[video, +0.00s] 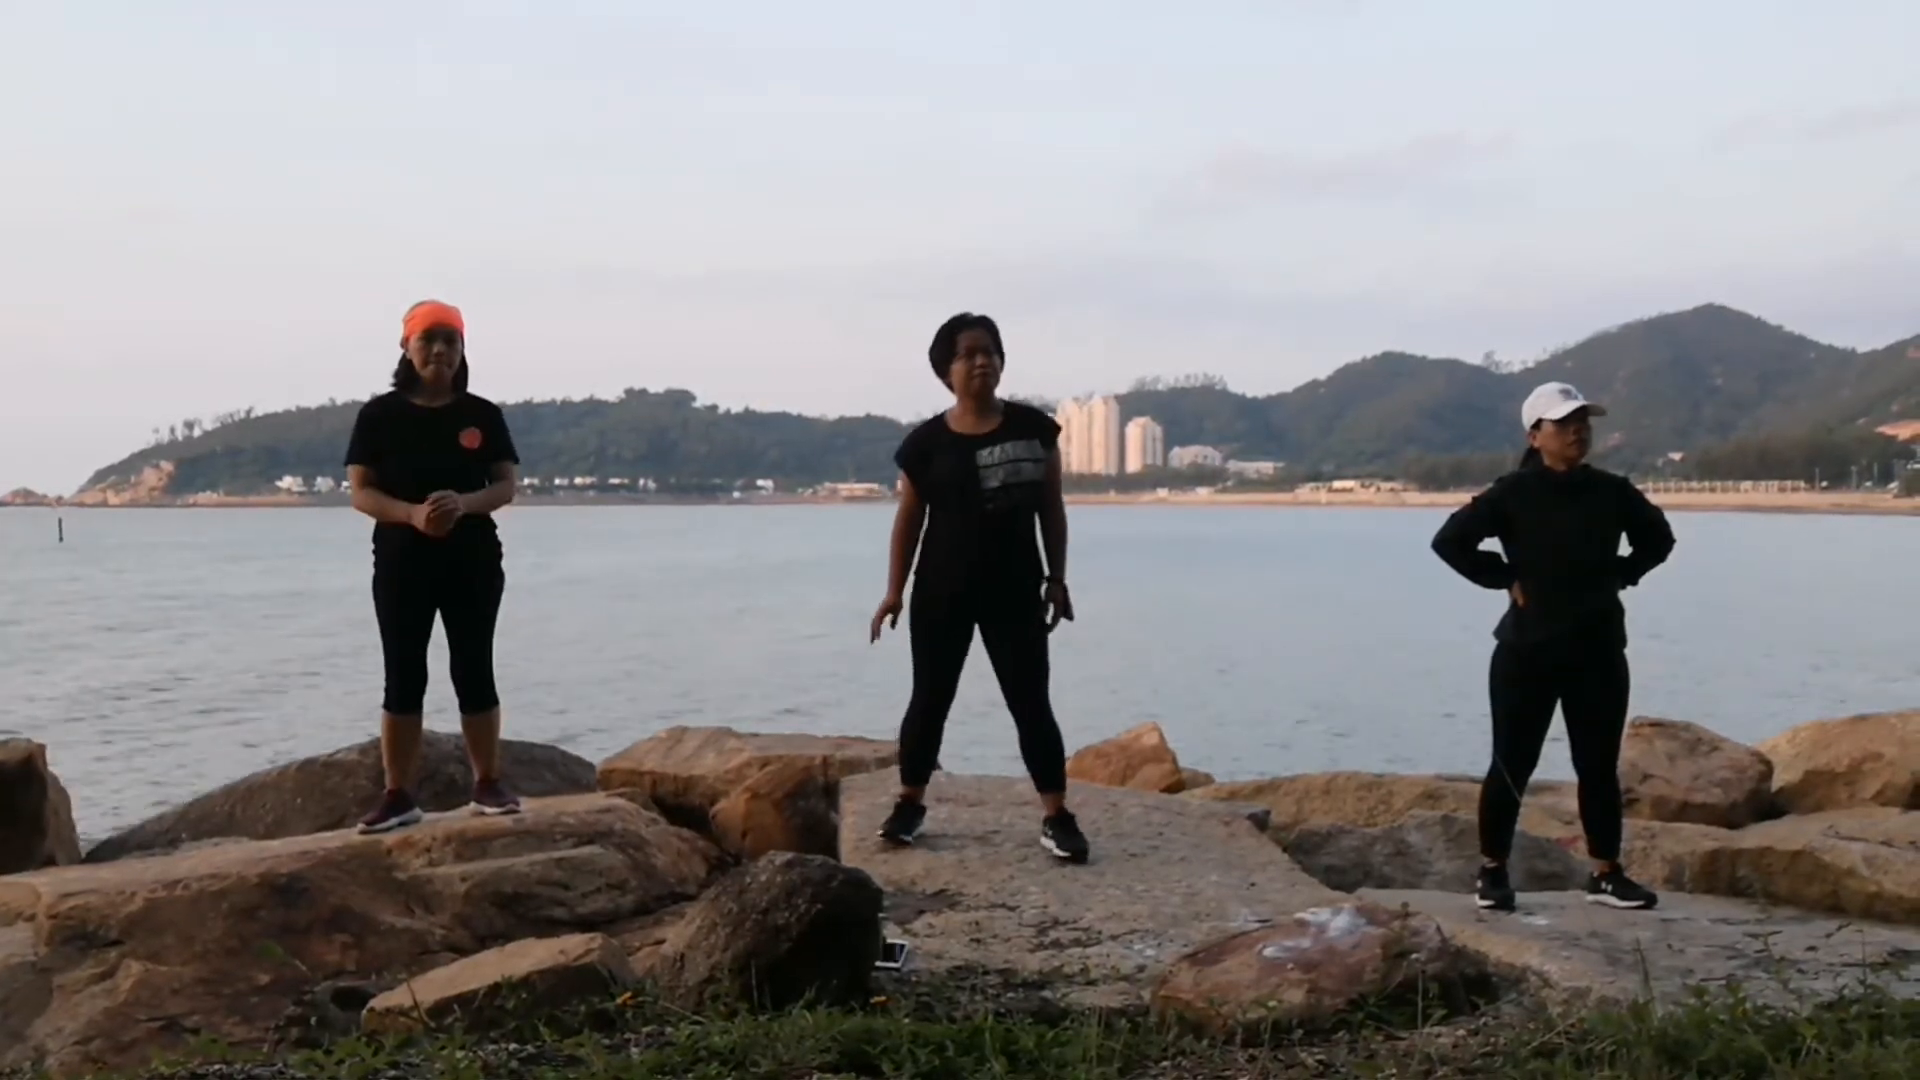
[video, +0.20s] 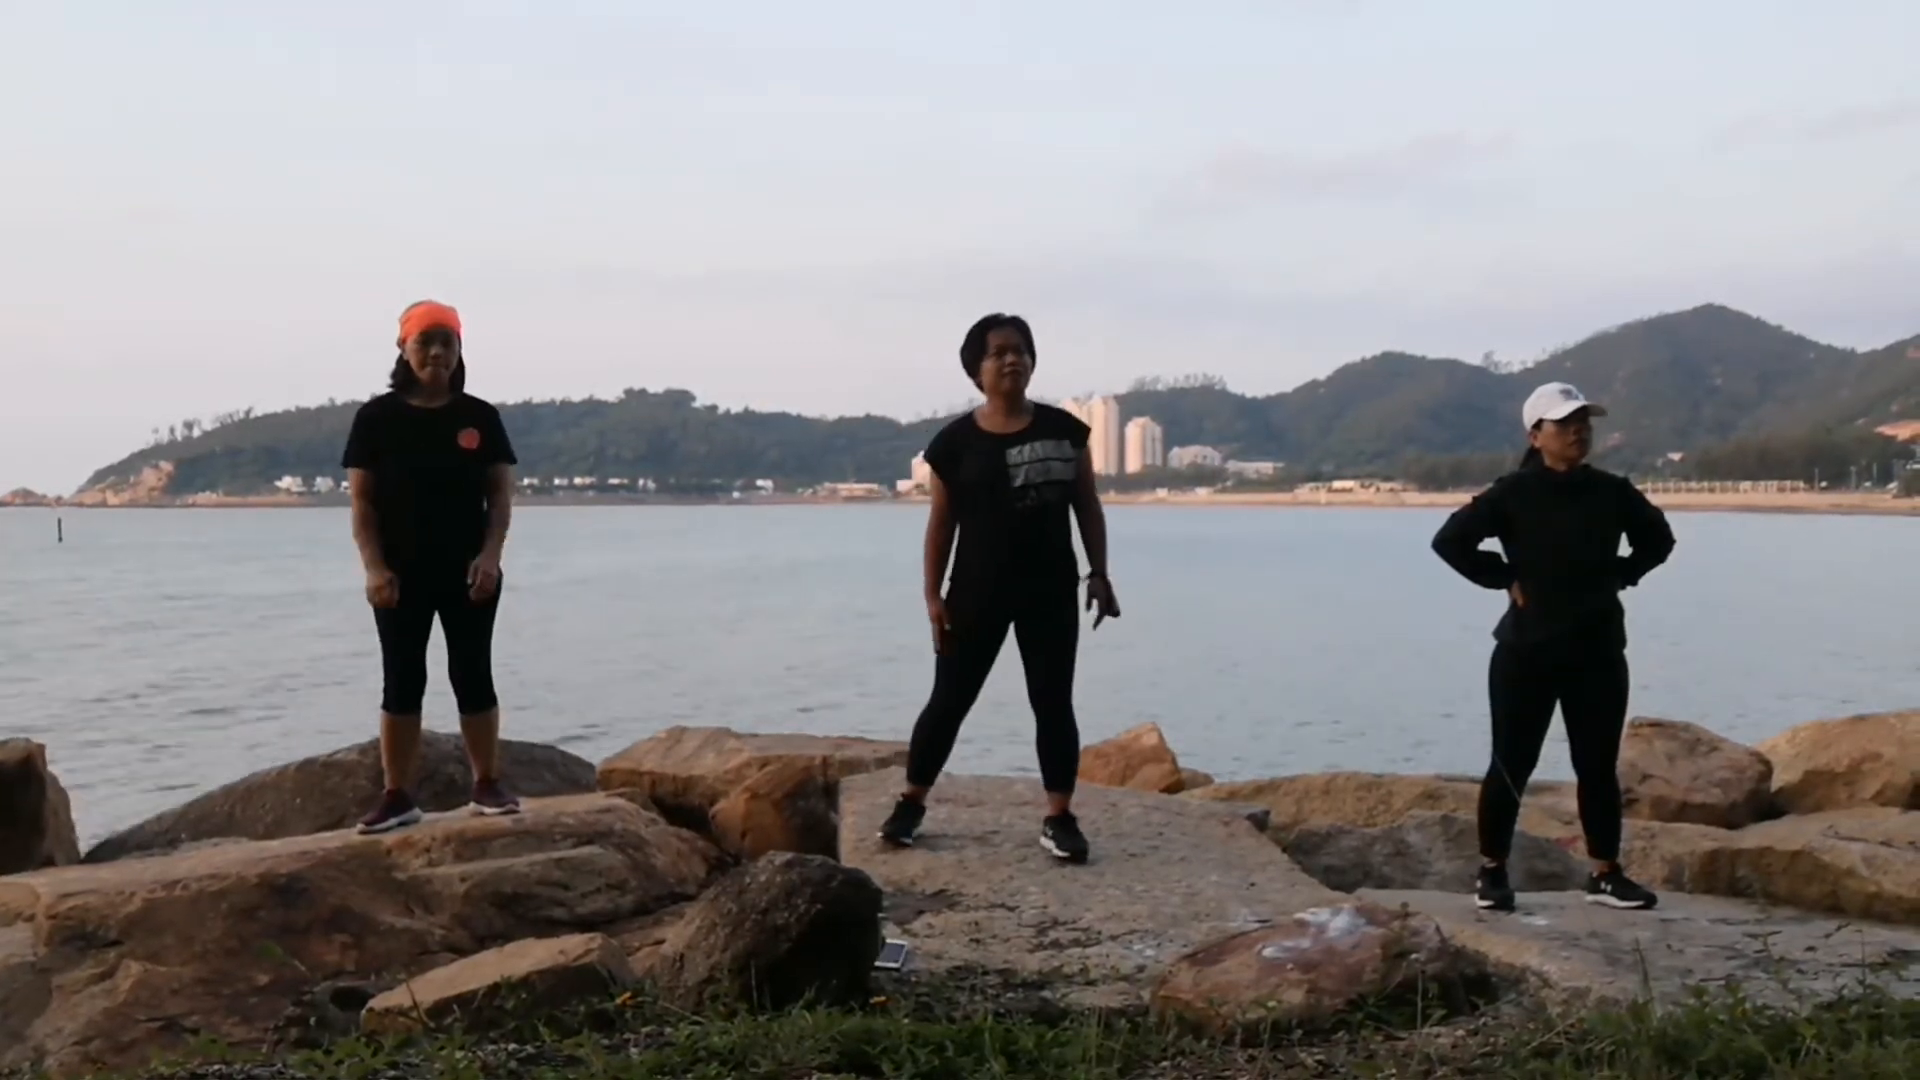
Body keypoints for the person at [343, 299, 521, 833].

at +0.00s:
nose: (438, 349)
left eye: (448, 339)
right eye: (427, 339)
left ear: (461, 348)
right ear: (407, 349)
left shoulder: (484, 415)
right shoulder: (377, 415)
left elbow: (507, 486)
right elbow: (360, 493)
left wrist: (467, 502)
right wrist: (411, 513)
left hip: (471, 564)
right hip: (403, 566)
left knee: (475, 675)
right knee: (403, 680)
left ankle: (487, 785)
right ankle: (398, 795)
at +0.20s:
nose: (435, 351)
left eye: (445, 341)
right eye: (424, 342)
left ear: (458, 349)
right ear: (404, 351)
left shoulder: (481, 418)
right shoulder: (375, 418)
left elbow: (501, 495)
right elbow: (360, 499)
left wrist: (490, 554)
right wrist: (374, 567)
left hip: (468, 572)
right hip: (399, 574)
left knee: (474, 679)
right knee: (401, 686)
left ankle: (486, 785)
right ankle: (397, 795)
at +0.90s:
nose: (430, 353)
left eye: (439, 343)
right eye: (418, 344)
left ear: (451, 350)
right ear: (397, 351)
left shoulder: (476, 416)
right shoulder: (368, 419)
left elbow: (496, 487)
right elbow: (356, 497)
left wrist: (480, 540)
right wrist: (381, 555)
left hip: (466, 569)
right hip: (397, 572)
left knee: (471, 679)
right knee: (398, 685)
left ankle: (484, 786)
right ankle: (395, 796)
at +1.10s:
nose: (430, 353)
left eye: (439, 343)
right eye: (419, 344)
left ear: (451, 349)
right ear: (397, 351)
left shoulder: (476, 415)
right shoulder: (368, 419)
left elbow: (498, 484)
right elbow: (356, 496)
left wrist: (476, 534)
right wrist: (392, 550)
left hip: (467, 569)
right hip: (397, 572)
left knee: (470, 677)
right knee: (399, 683)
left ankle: (483, 786)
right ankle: (394, 796)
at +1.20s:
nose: (431, 354)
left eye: (440, 343)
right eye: (419, 344)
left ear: (451, 350)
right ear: (397, 351)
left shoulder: (475, 416)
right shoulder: (368, 419)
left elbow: (499, 493)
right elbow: (355, 501)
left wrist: (492, 550)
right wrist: (368, 569)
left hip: (464, 570)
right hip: (397, 574)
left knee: (471, 679)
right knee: (399, 686)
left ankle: (483, 787)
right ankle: (393, 796)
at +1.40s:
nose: (432, 353)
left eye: (441, 343)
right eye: (421, 343)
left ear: (453, 351)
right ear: (398, 351)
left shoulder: (476, 417)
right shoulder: (370, 420)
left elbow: (508, 485)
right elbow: (336, 496)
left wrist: (533, 545)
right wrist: (303, 563)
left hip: (468, 569)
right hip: (398, 573)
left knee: (471, 679)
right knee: (399, 685)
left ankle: (482, 786)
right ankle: (392, 797)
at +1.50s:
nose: (433, 353)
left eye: (442, 343)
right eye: (422, 343)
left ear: (454, 351)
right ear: (399, 351)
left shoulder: (476, 417)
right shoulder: (370, 419)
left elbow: (509, 482)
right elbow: (332, 493)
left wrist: (539, 541)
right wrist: (291, 557)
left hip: (468, 570)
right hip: (398, 573)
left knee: (471, 678)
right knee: (399, 685)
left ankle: (482, 786)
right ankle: (392, 798)